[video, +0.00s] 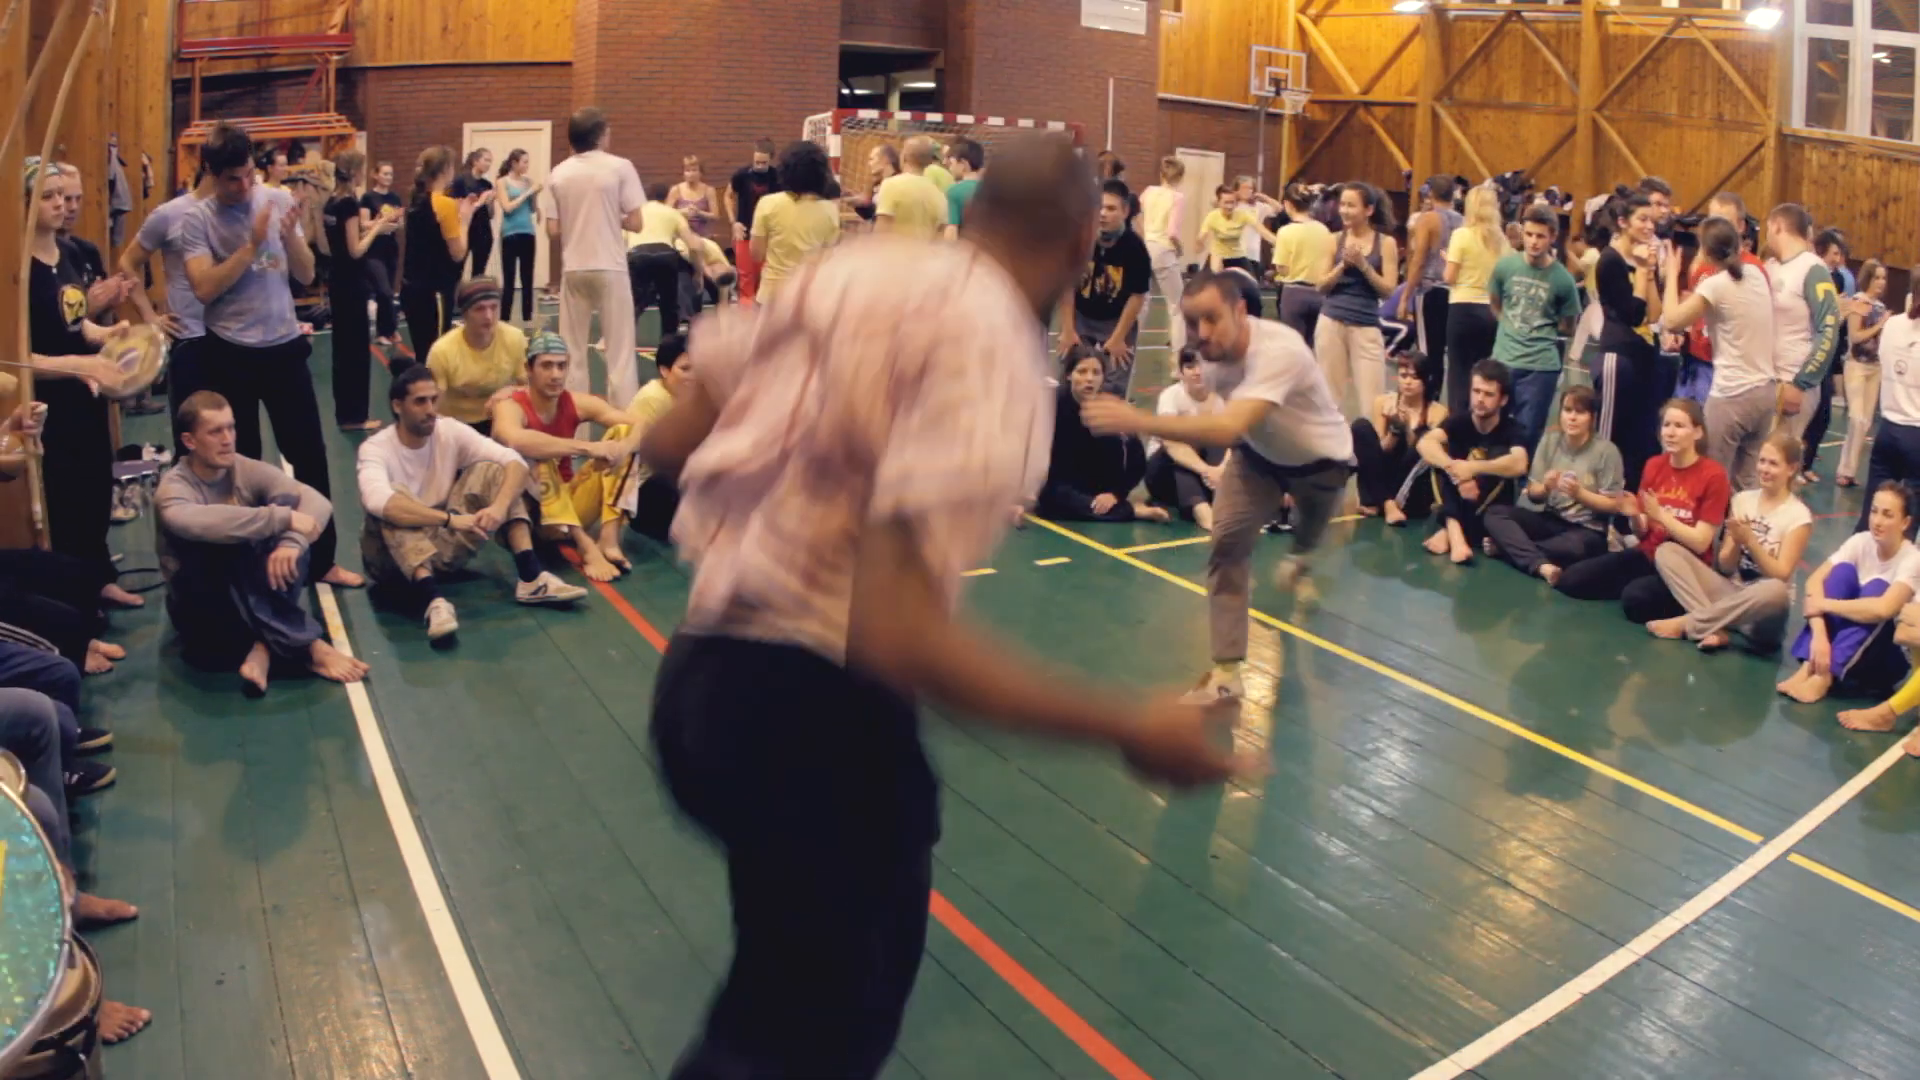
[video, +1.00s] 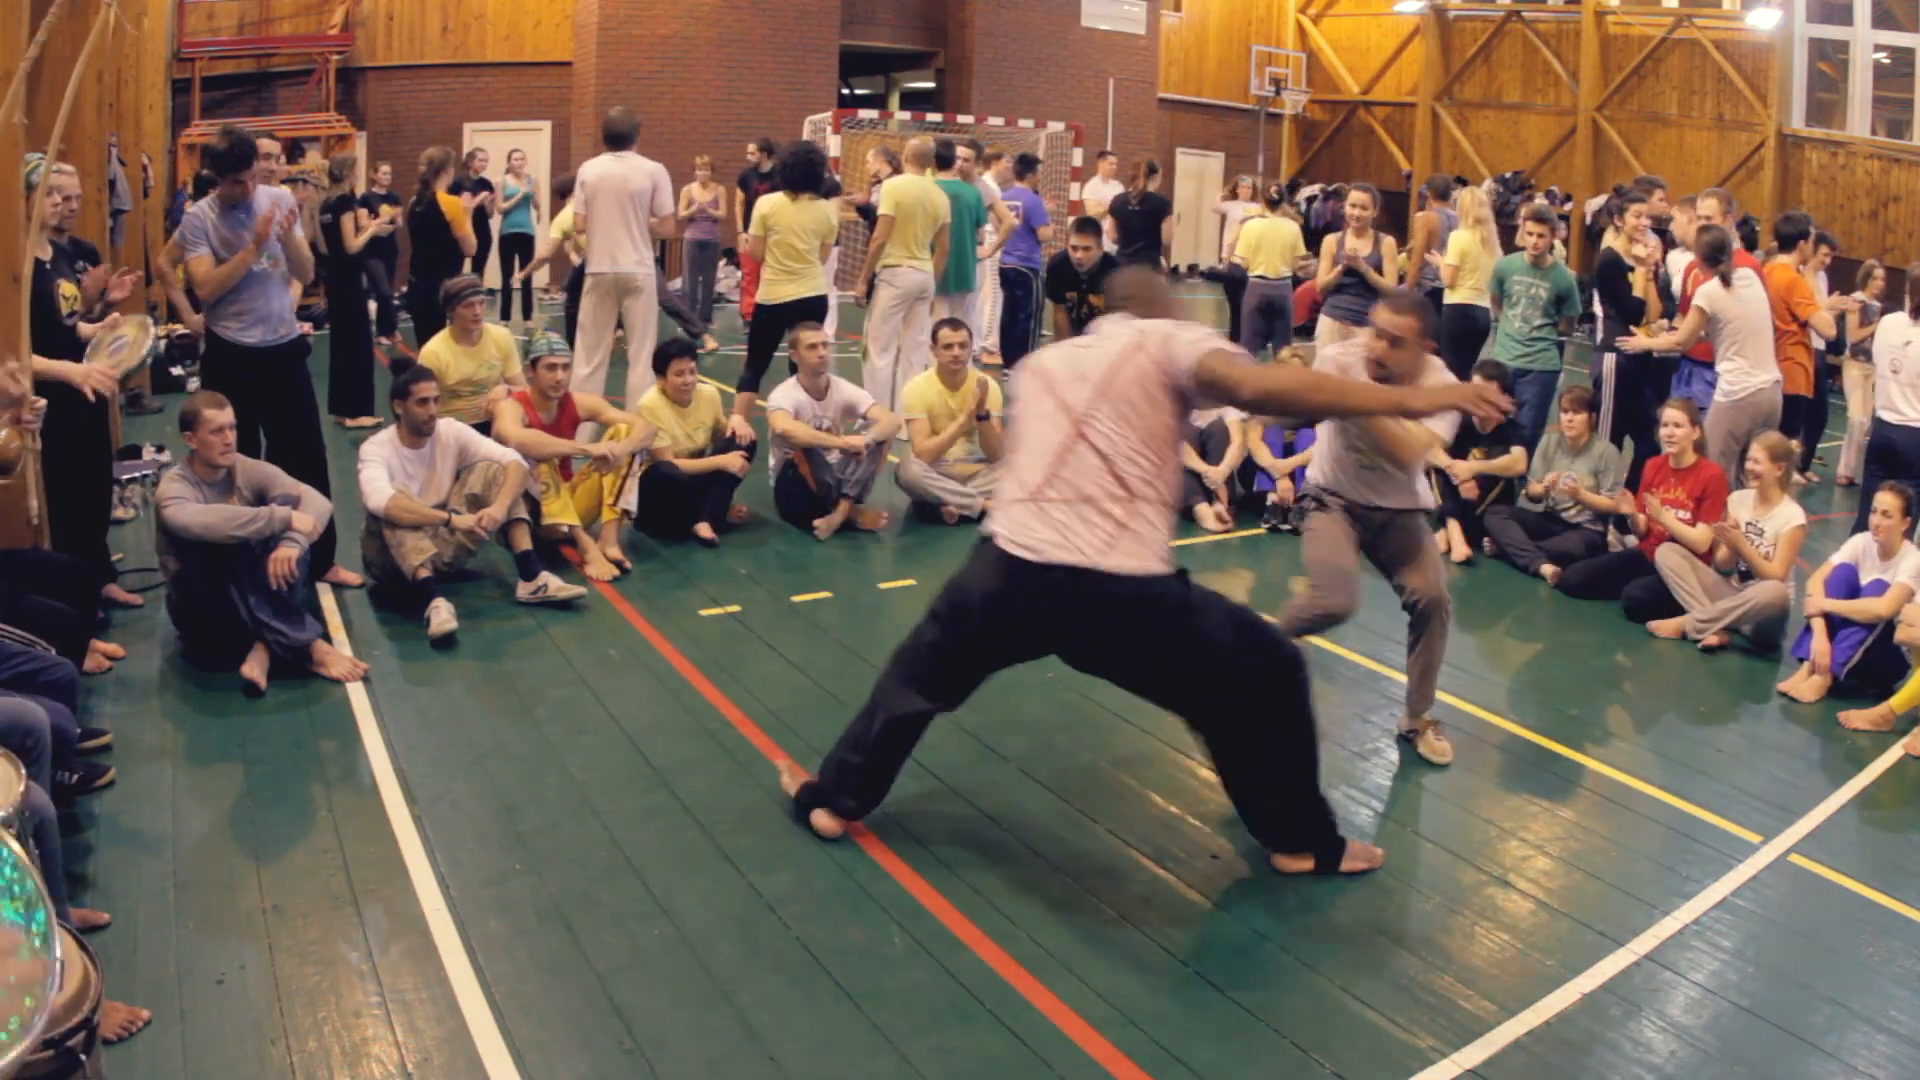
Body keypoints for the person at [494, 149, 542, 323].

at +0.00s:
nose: (527, 166)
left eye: (528, 162)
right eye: (524, 162)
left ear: (524, 163)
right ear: (514, 162)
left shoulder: (527, 181)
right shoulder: (502, 181)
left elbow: (533, 210)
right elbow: (507, 207)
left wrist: (535, 195)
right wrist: (528, 192)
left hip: (527, 230)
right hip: (510, 230)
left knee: (527, 279)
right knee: (509, 279)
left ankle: (528, 318)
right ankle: (505, 318)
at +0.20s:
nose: (520, 165)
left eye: (523, 161)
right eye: (516, 162)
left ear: (526, 163)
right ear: (509, 163)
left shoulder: (529, 182)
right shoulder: (502, 182)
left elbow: (537, 210)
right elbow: (503, 208)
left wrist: (535, 198)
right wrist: (527, 197)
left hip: (527, 229)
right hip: (509, 230)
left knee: (527, 279)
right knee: (508, 279)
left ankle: (528, 318)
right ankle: (505, 318)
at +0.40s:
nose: (513, 165)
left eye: (516, 162)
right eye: (509, 162)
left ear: (522, 163)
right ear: (505, 165)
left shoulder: (530, 183)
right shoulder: (501, 184)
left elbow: (538, 209)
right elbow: (502, 209)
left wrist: (534, 197)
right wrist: (518, 197)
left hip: (527, 231)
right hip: (508, 231)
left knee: (526, 279)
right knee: (507, 279)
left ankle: (528, 317)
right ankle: (505, 318)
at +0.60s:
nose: (512, 165)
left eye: (515, 161)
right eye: (509, 162)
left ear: (521, 163)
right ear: (504, 165)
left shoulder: (529, 182)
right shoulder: (501, 184)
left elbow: (538, 205)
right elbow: (500, 209)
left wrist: (530, 194)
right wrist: (519, 197)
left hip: (525, 231)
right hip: (507, 231)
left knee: (525, 278)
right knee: (506, 279)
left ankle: (527, 318)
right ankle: (505, 319)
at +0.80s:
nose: (515, 163)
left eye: (518, 159)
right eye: (511, 160)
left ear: (523, 161)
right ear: (506, 163)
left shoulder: (530, 181)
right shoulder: (501, 182)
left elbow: (538, 205)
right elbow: (500, 209)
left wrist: (534, 197)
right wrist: (517, 197)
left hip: (526, 231)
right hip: (507, 231)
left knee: (526, 279)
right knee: (506, 279)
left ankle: (527, 318)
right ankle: (505, 319)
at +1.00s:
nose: (519, 163)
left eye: (522, 159)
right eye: (515, 159)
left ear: (526, 162)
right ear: (509, 162)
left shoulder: (531, 181)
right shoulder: (502, 182)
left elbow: (538, 206)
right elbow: (500, 207)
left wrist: (533, 195)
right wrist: (518, 196)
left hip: (527, 230)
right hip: (508, 230)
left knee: (527, 277)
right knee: (507, 278)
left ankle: (528, 318)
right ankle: (505, 319)